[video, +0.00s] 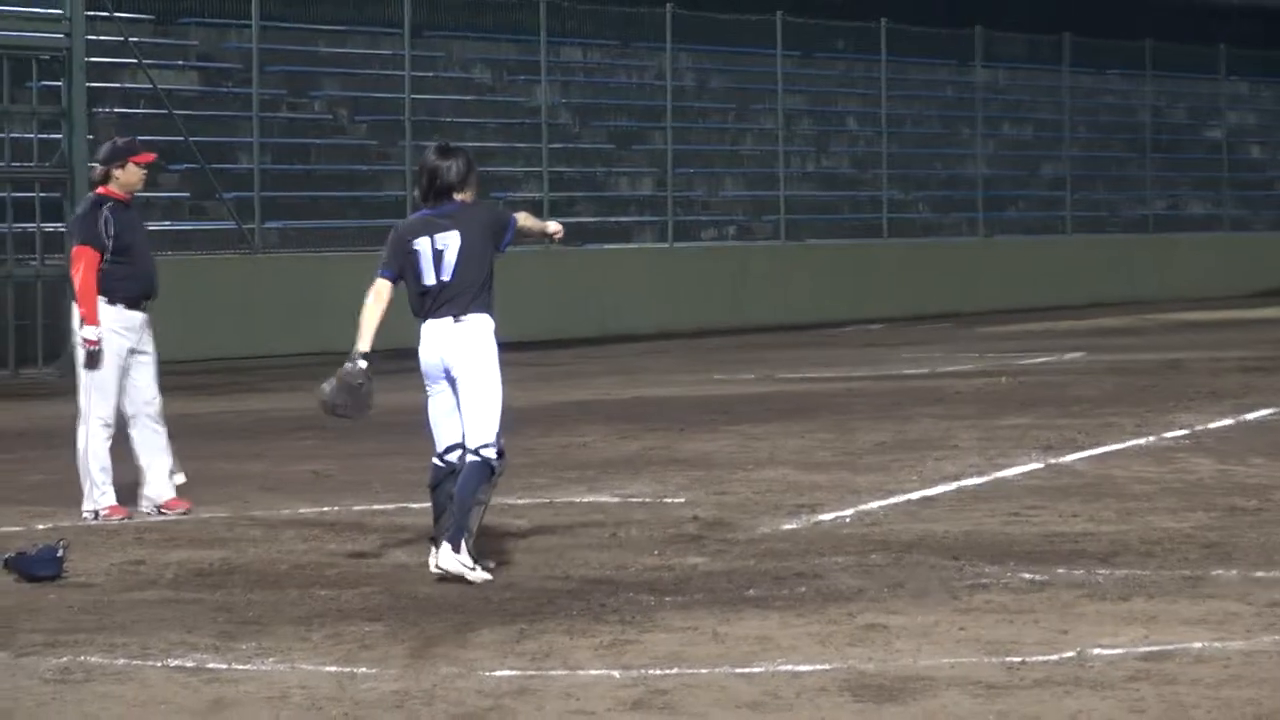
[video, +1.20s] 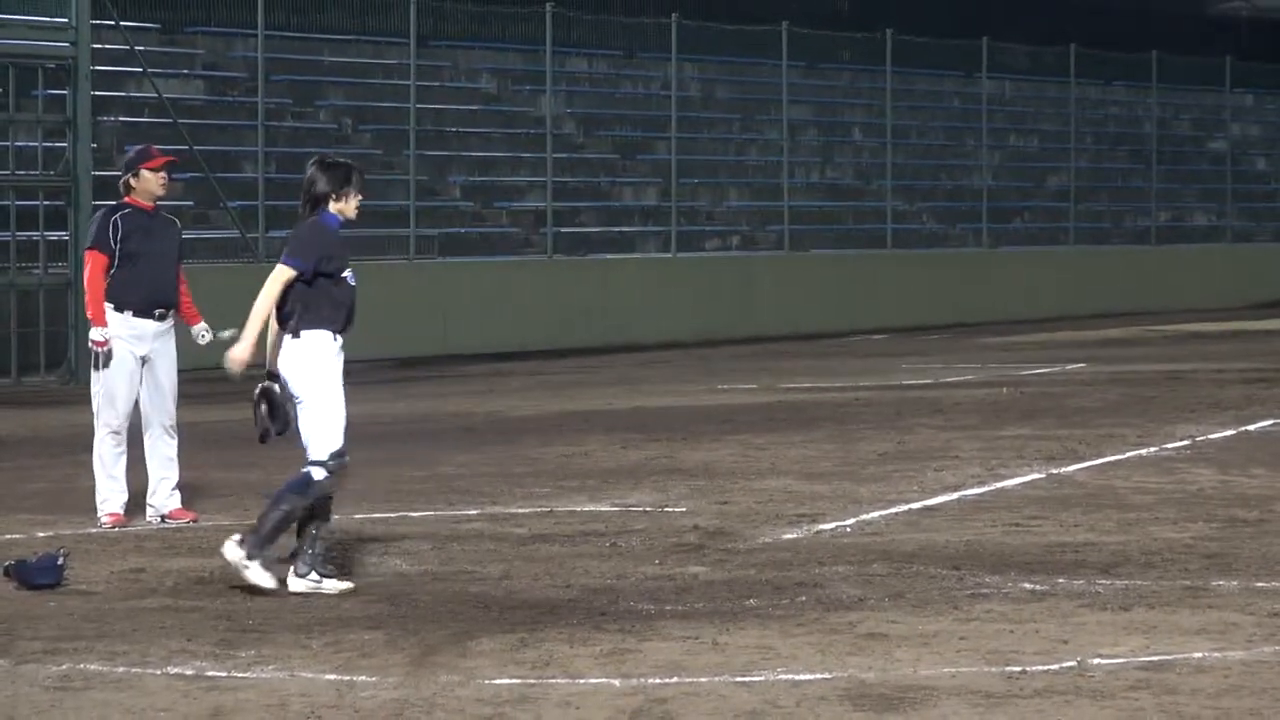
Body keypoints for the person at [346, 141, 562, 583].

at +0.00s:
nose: (477, 191)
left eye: (474, 185)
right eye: (473, 185)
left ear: (428, 187)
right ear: (463, 188)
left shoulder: (405, 231)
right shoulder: (481, 217)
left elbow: (379, 292)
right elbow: (523, 222)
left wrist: (359, 357)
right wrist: (548, 228)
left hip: (431, 342)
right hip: (473, 337)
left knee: (448, 451)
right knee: (483, 448)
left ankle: (443, 546)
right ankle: (454, 545)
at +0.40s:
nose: (471, 195)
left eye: (469, 190)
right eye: (468, 189)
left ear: (423, 188)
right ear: (459, 191)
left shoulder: (396, 229)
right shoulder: (470, 227)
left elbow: (374, 296)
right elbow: (525, 227)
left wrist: (368, 362)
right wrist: (566, 229)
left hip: (405, 349)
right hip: (448, 349)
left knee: (418, 454)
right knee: (460, 458)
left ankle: (390, 552)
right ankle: (446, 566)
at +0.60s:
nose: (442, 197)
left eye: (439, 190)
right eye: (439, 191)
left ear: (394, 195)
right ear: (429, 196)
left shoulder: (373, 237)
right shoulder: (440, 226)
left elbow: (349, 305)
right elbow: (503, 211)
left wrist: (340, 371)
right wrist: (559, 196)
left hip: (387, 352)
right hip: (426, 350)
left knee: (401, 459)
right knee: (452, 461)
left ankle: (335, 541)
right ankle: (449, 570)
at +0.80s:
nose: (408, 203)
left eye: (405, 195)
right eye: (402, 197)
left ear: (364, 205)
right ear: (383, 203)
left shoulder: (342, 249)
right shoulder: (394, 234)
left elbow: (319, 318)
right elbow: (446, 231)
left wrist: (318, 383)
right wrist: (512, 215)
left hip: (340, 358)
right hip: (378, 355)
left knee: (354, 469)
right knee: (421, 462)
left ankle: (308, 565)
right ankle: (445, 569)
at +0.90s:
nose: (393, 205)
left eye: (391, 197)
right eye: (388, 198)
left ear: (350, 203)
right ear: (370, 201)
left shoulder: (326, 247)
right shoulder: (366, 231)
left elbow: (302, 319)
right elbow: (393, 247)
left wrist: (303, 383)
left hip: (321, 355)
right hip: (354, 352)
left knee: (345, 464)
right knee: (398, 458)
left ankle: (305, 566)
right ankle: (411, 567)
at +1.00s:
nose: (381, 203)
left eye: (380, 194)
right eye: (377, 195)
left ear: (339, 198)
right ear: (360, 196)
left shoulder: (320, 239)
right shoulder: (355, 225)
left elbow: (294, 314)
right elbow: (345, 254)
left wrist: (293, 376)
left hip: (313, 350)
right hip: (341, 346)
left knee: (336, 459)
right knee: (382, 456)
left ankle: (308, 564)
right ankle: (362, 561)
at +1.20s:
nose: (360, 200)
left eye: (359, 192)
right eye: (355, 193)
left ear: (325, 196)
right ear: (336, 196)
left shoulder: (321, 233)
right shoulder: (321, 228)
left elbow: (281, 306)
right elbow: (277, 280)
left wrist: (273, 371)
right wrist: (245, 340)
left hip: (306, 349)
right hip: (313, 349)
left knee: (327, 459)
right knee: (328, 460)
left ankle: (308, 566)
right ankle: (250, 547)